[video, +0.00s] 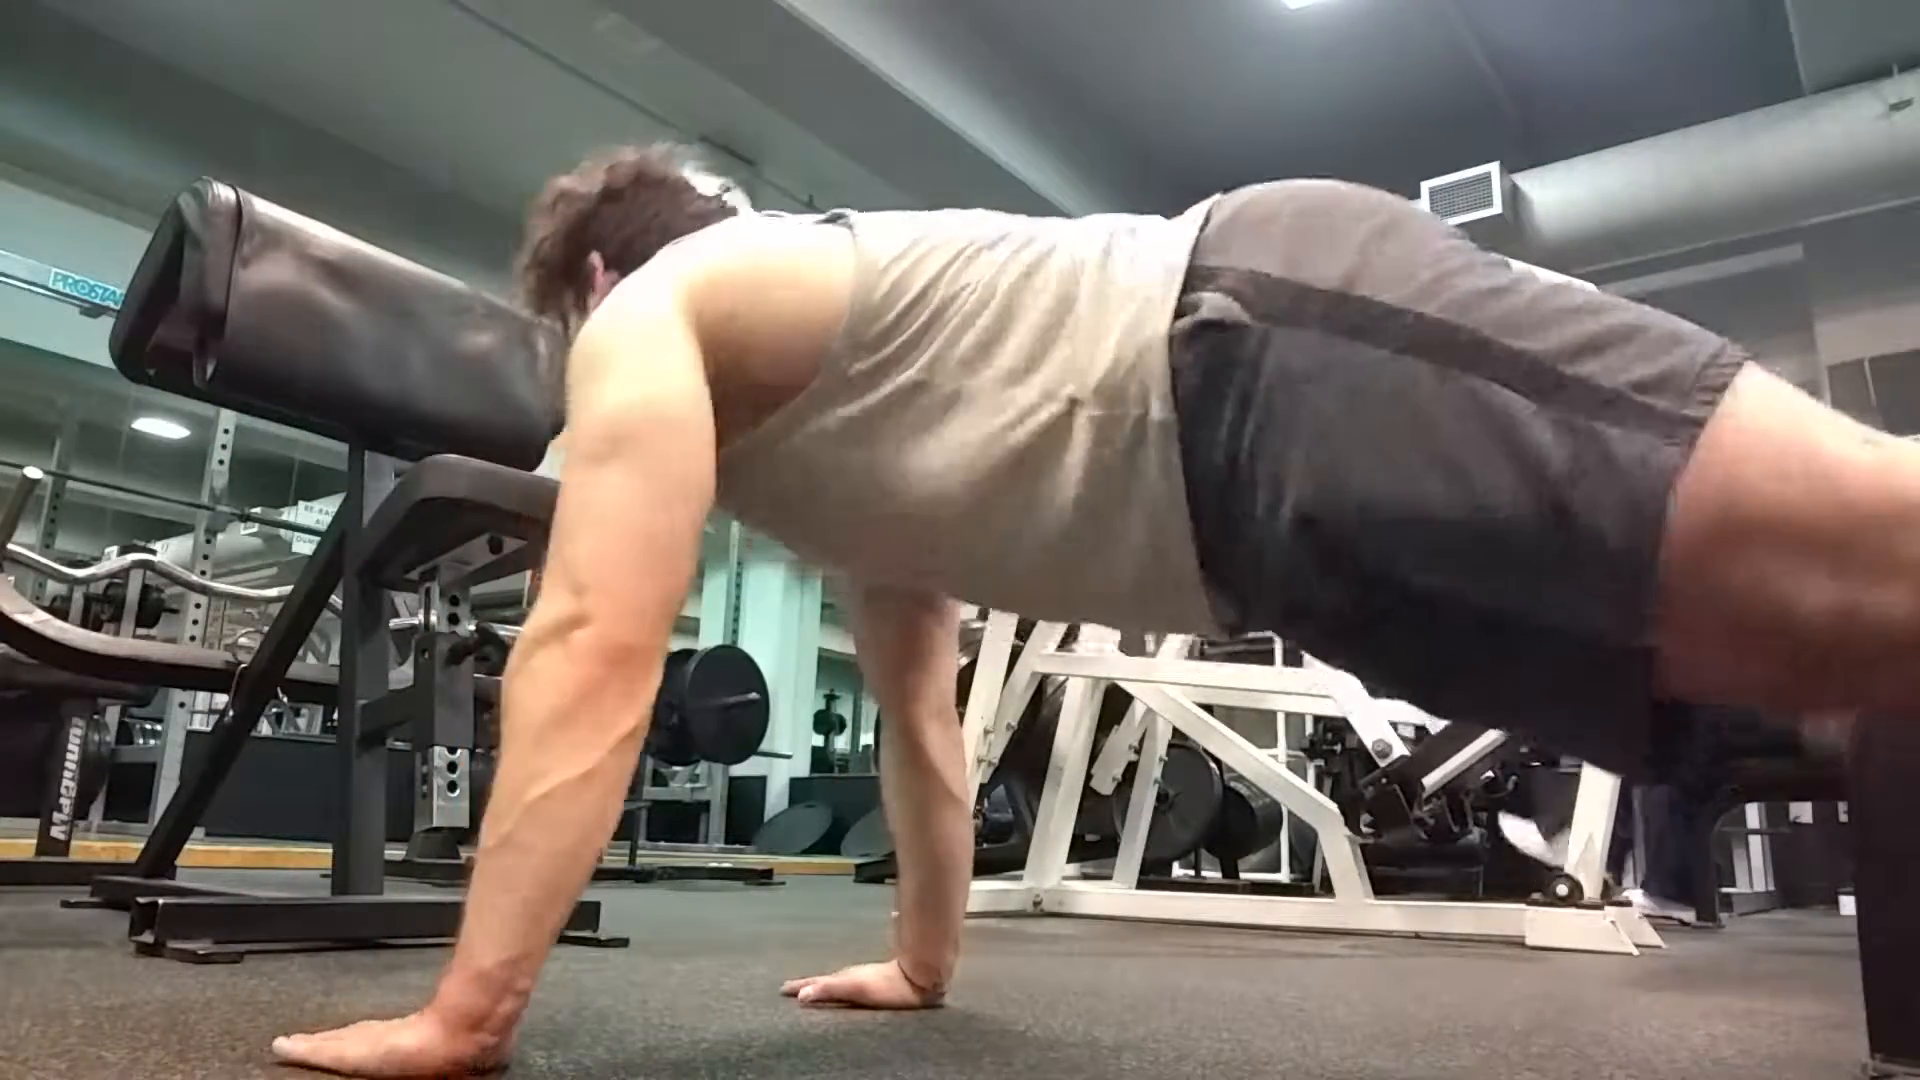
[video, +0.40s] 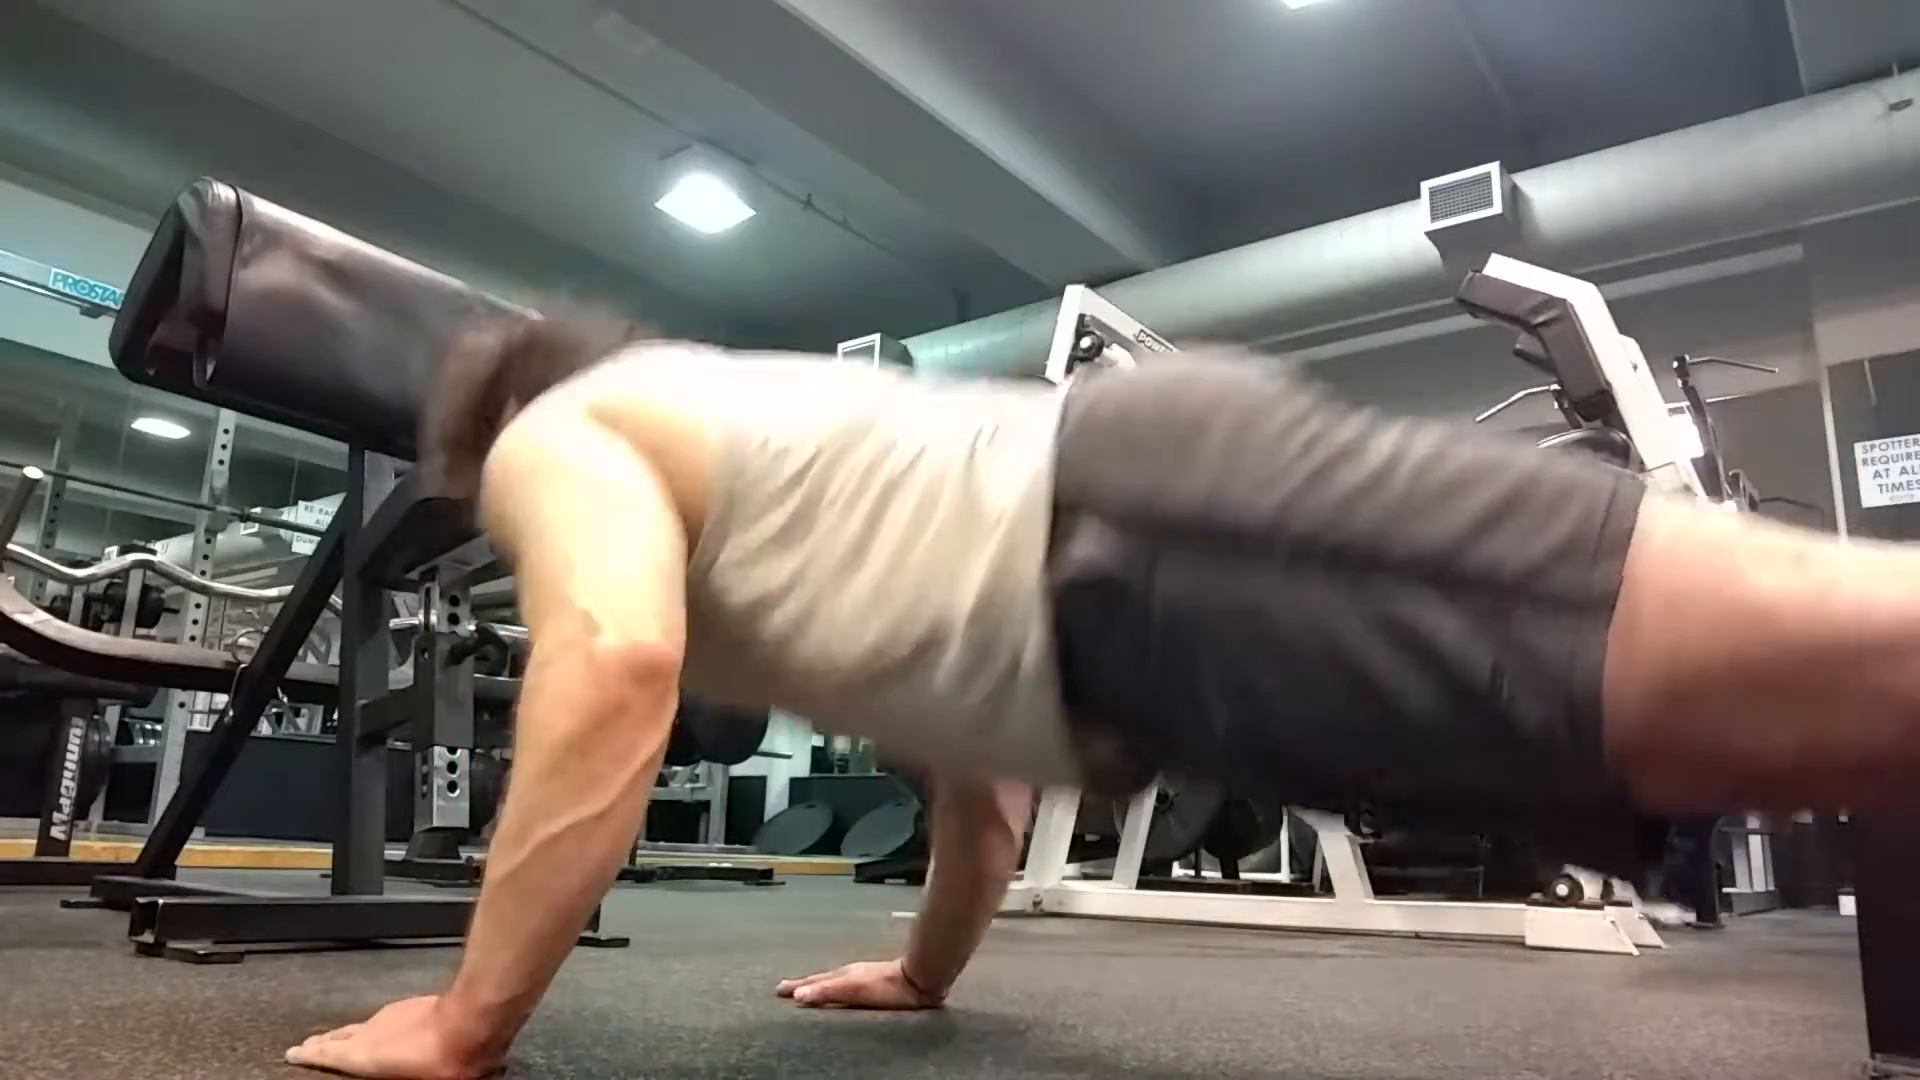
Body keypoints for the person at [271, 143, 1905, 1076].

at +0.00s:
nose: (575, 372)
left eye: (571, 333)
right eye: (565, 347)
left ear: (601, 280)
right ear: (705, 234)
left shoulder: (655, 315)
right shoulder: (858, 414)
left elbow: (594, 652)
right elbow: (915, 694)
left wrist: (465, 1006)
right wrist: (925, 960)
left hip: (1270, 364)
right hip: (1280, 542)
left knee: (1876, 557)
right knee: (1840, 694)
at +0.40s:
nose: (491, 536)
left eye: (477, 501)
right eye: (485, 510)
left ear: (497, 433)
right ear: (599, 375)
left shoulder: (556, 437)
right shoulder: (768, 435)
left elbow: (614, 672)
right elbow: (974, 726)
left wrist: (467, 1020)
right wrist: (929, 968)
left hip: (1142, 536)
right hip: (1145, 618)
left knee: (1815, 657)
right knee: (1758, 739)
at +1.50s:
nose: (403, 544)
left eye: (403, 508)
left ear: (422, 454)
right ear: (542, 398)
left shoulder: (512, 485)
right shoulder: (709, 482)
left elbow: (600, 672)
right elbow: (948, 713)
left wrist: (464, 1013)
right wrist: (929, 971)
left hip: (1046, 634)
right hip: (1073, 641)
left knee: (1777, 739)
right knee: (1755, 754)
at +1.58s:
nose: (401, 667)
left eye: (389, 634)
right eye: (396, 647)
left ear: (405, 569)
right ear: (513, 502)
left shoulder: (473, 569)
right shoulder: (647, 552)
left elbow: (590, 690)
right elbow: (892, 690)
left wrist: (461, 1024)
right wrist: (931, 957)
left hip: (1021, 725)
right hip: (1041, 703)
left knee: (1697, 804)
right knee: (1690, 802)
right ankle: (1875, 845)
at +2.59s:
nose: (418, 876)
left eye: (394, 860)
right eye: (413, 863)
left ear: (381, 803)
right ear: (432, 778)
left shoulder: (435, 726)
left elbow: (637, 700)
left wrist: (462, 1015)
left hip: (989, 832)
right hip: (983, 935)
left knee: (1722, 863)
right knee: (1716, 865)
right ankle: (1875, 921)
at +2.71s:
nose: (417, 888)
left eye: (395, 870)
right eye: (416, 874)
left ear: (385, 817)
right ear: (429, 800)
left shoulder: (433, 751)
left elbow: (647, 700)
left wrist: (461, 1019)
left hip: (994, 839)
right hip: (997, 917)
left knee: (1763, 868)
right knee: (1750, 873)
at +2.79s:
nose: (444, 836)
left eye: (415, 805)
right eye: (429, 827)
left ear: (416, 672)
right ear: (513, 593)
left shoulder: (468, 655)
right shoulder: (660, 624)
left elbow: (640, 712)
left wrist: (464, 1018)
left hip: (1014, 766)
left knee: (1746, 832)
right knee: (1734, 841)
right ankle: (1870, 901)